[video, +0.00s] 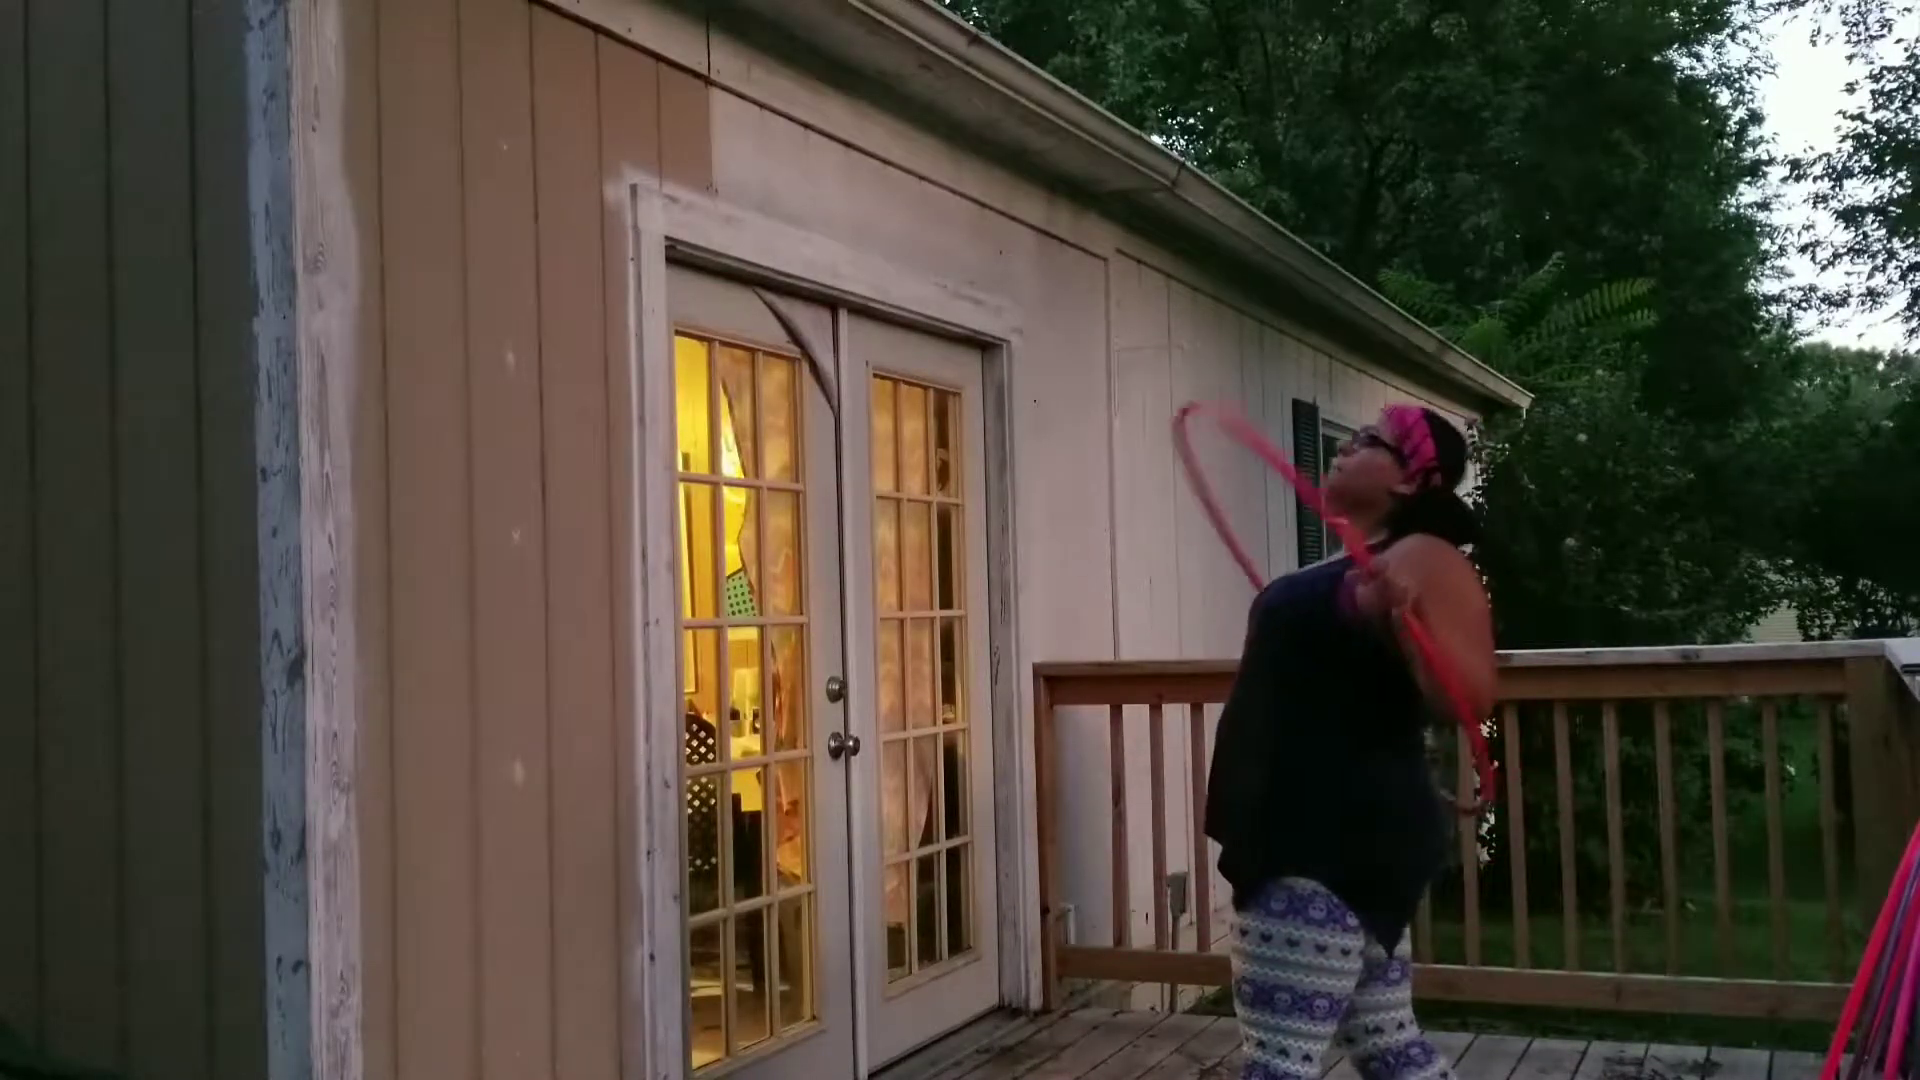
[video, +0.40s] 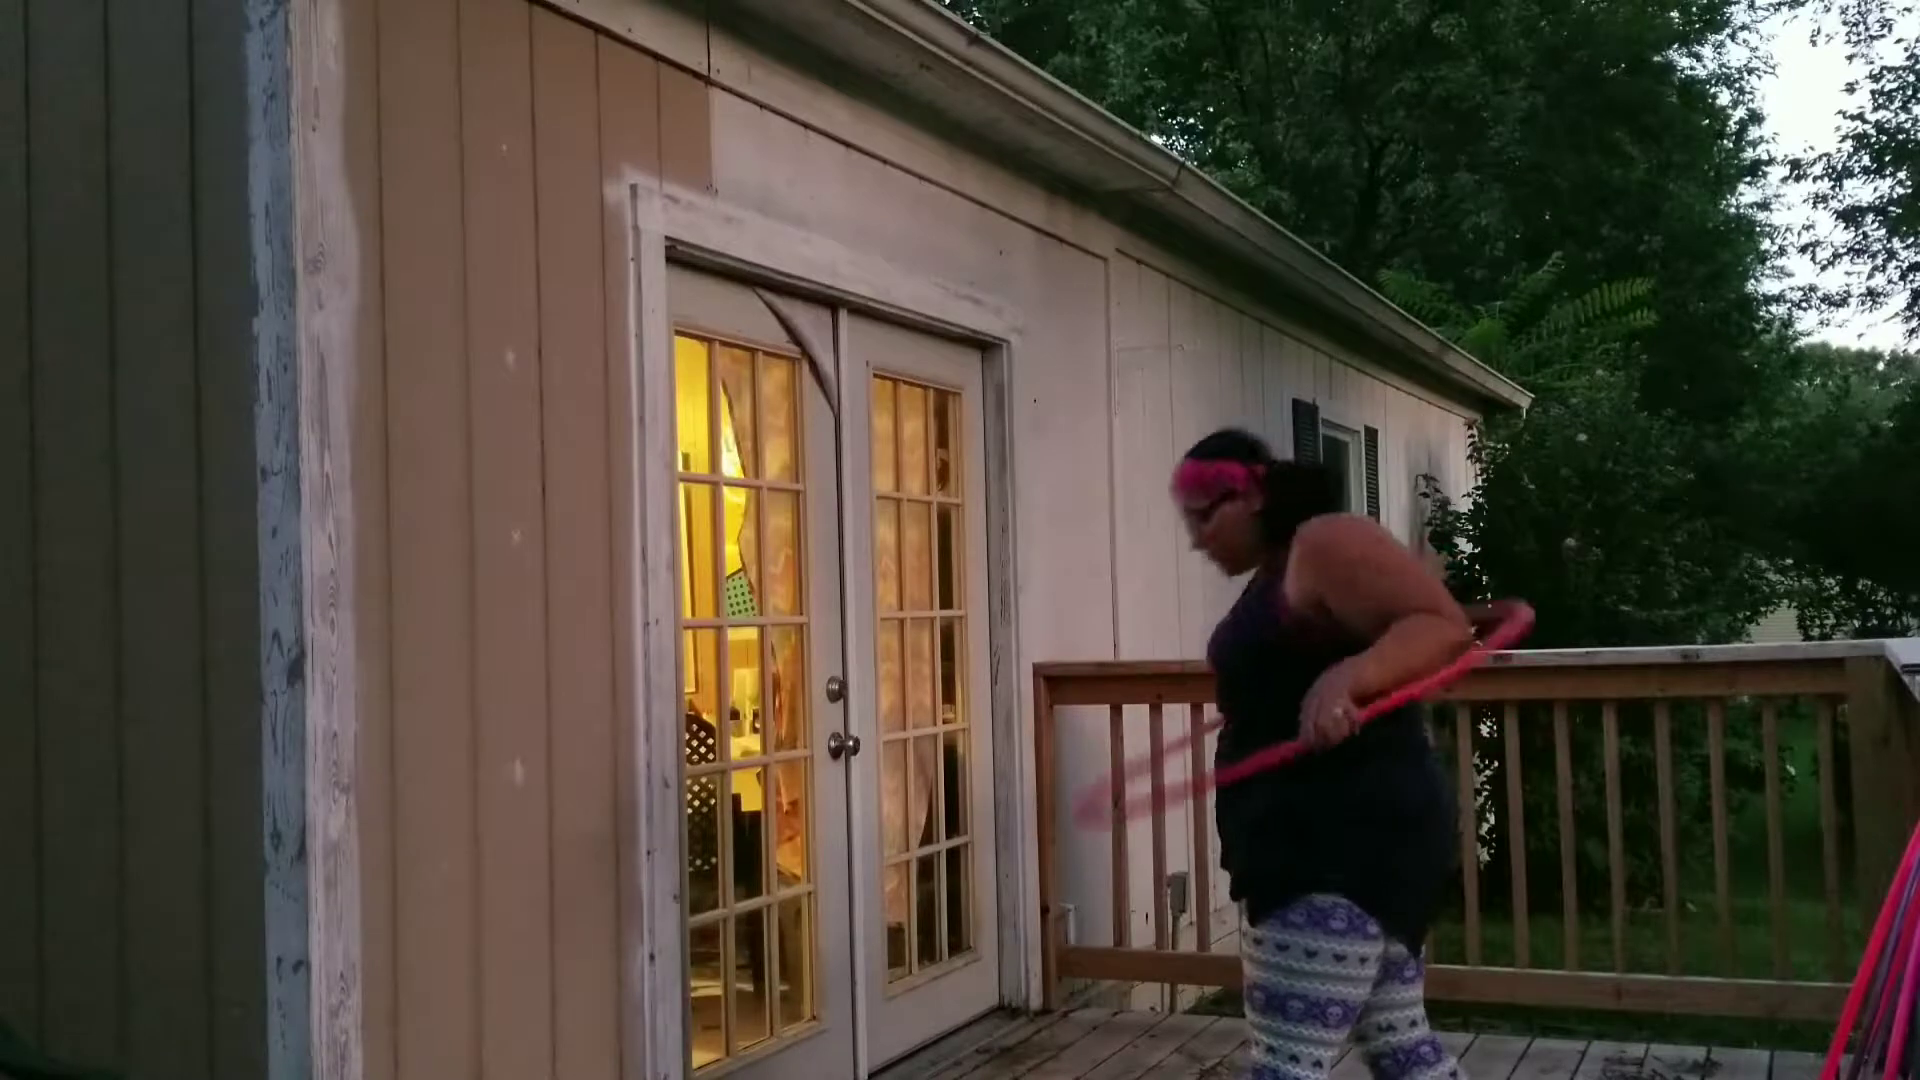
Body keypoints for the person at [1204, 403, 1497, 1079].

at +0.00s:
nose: (1346, 448)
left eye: (1370, 442)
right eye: (1354, 437)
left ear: (1411, 480)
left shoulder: (1423, 557)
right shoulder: (1327, 572)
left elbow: (1470, 696)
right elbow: (1267, 708)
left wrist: (1399, 619)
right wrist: (1229, 811)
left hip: (1335, 851)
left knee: (1278, 1058)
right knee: (1388, 1045)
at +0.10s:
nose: (1306, 455)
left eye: (1331, 446)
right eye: (1315, 443)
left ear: (1376, 476)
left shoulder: (1409, 554)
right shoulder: (1319, 569)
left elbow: (1474, 687)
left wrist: (1396, 628)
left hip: (1340, 851)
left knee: (1279, 1059)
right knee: (1390, 1046)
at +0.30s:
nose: (1229, 505)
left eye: (1241, 485)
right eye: (1229, 488)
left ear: (1296, 481)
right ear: (1286, 487)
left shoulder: (1357, 543)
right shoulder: (1299, 571)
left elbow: (1466, 642)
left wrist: (1365, 662)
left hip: (1339, 860)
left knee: (1283, 1061)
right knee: (1398, 1049)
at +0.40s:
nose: (1195, 536)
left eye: (1203, 514)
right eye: (1189, 521)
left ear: (1249, 496)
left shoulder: (1327, 540)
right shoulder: (1275, 581)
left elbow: (1445, 625)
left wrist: (1346, 679)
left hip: (1339, 863)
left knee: (1284, 1061)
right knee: (1401, 1044)